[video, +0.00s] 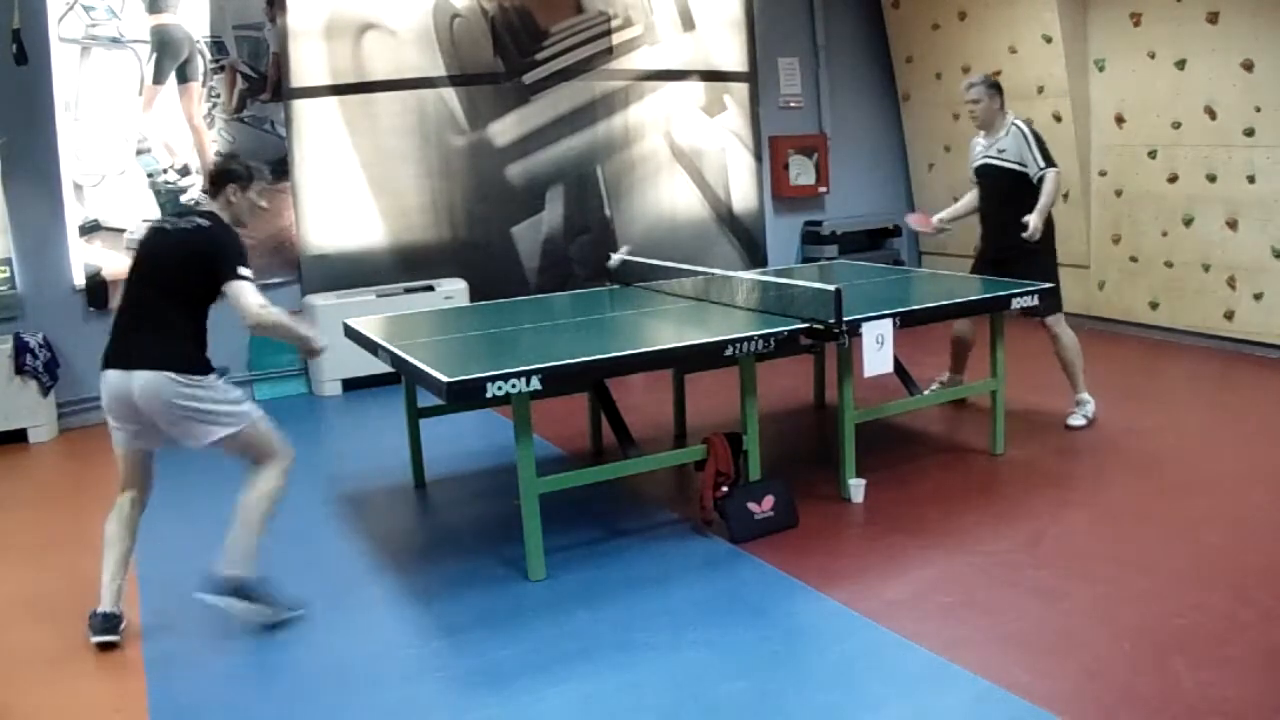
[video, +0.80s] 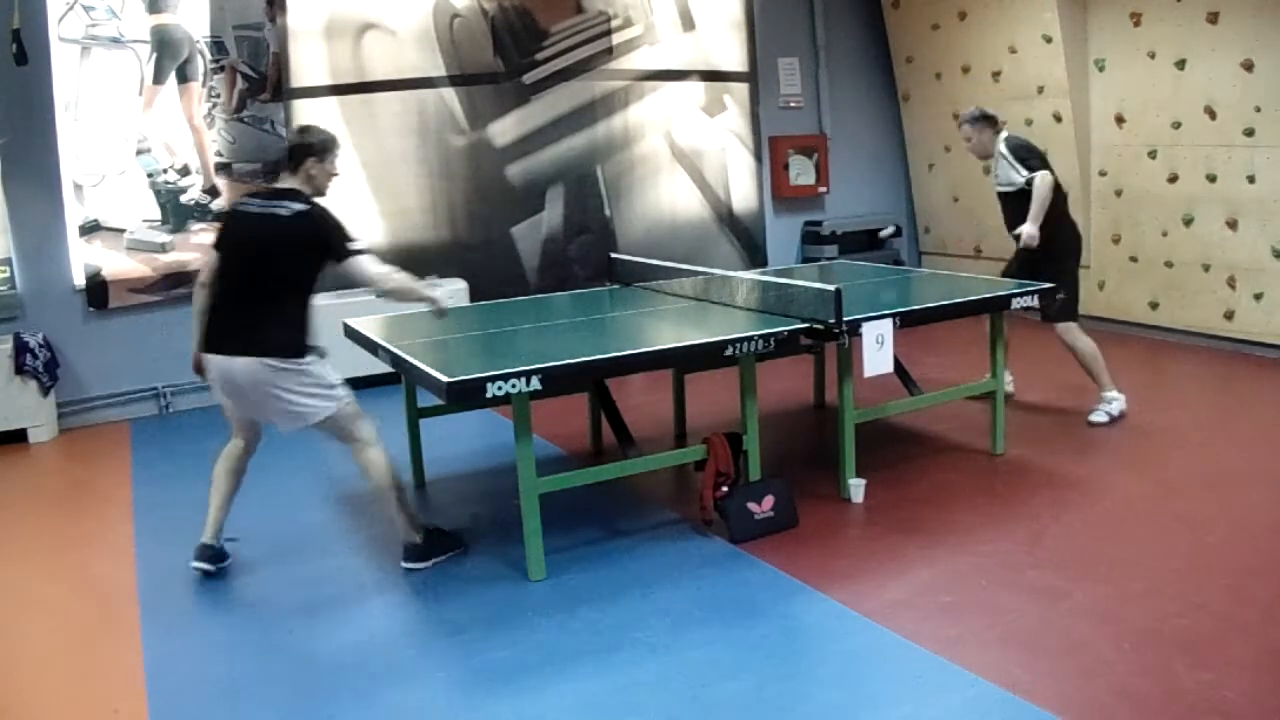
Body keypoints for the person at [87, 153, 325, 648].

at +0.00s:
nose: (263, 210)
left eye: (265, 199)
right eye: (259, 198)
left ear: (214, 190)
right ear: (234, 193)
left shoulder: (159, 230)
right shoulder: (220, 238)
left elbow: (125, 298)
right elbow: (255, 314)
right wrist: (304, 336)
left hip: (116, 377)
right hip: (173, 377)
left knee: (130, 492)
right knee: (275, 456)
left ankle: (107, 610)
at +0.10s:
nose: (294, 230)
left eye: (295, 219)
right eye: (289, 218)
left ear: (247, 206)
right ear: (260, 206)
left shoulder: (189, 237)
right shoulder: (250, 247)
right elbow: (297, 305)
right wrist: (353, 302)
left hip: (140, 383)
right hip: (198, 383)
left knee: (142, 497)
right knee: (308, 445)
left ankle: (109, 612)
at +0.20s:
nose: (335, 218)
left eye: (336, 209)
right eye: (332, 209)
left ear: (293, 204)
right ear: (309, 204)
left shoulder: (231, 235)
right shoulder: (296, 247)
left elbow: (188, 300)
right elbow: (360, 292)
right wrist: (401, 269)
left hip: (185, 383)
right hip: (245, 388)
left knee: (164, 497)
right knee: (346, 451)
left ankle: (113, 606)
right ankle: (402, 544)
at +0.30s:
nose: (378, 223)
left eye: (379, 214)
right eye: (377, 214)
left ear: (337, 201)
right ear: (355, 207)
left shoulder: (273, 234)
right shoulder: (349, 247)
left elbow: (229, 299)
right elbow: (417, 276)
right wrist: (454, 249)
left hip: (227, 380)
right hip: (288, 384)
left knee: (200, 486)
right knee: (382, 430)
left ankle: (127, 580)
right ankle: (416, 538)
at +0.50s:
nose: (393, 185)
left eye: (394, 177)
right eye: (392, 176)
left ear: (349, 168)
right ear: (372, 173)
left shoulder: (289, 207)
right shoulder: (381, 222)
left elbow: (250, 280)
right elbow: (459, 253)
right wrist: (522, 272)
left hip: (249, 350)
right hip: (305, 358)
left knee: (237, 446)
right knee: (392, 424)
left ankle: (179, 537)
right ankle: (416, 536)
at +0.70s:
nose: (362, 173)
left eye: (363, 164)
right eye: (360, 164)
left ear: (320, 160)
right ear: (340, 162)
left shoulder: (266, 202)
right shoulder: (349, 215)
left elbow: (227, 275)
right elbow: (420, 263)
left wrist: (219, 338)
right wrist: (475, 281)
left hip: (241, 351)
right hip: (299, 356)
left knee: (243, 434)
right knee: (383, 425)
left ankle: (203, 533)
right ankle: (416, 537)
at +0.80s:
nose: (334, 175)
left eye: (334, 166)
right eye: (330, 166)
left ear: (294, 165)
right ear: (308, 165)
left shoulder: (239, 211)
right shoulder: (314, 219)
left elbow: (205, 282)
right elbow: (379, 278)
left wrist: (200, 347)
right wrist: (428, 296)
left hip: (221, 358)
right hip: (279, 360)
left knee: (242, 437)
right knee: (362, 436)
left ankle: (207, 543)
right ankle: (416, 540)